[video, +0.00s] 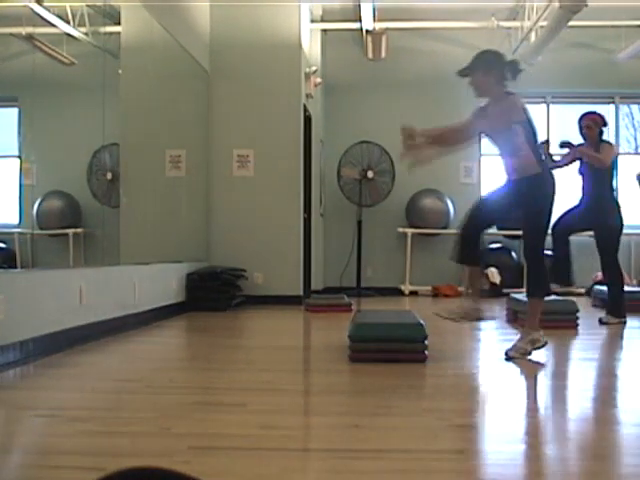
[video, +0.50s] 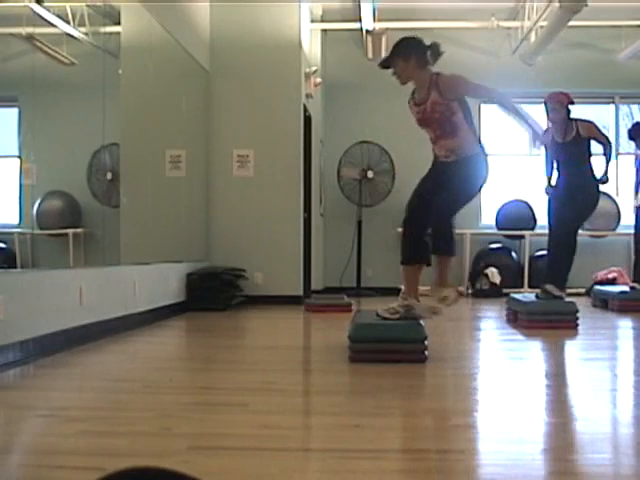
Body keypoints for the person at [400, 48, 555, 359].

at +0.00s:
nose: (471, 83)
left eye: (475, 76)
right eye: (470, 77)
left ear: (493, 75)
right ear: (487, 77)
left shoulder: (508, 106)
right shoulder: (487, 112)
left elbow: (466, 134)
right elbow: (460, 135)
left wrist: (428, 139)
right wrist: (424, 139)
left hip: (536, 186)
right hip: (516, 186)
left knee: (533, 254)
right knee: (472, 224)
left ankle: (533, 330)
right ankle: (474, 301)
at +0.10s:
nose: (454, 90)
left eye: (458, 84)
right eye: (454, 84)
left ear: (476, 82)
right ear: (474, 84)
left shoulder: (494, 110)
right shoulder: (482, 111)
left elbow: (450, 122)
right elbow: (447, 122)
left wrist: (404, 110)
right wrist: (420, 100)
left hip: (522, 193)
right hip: (499, 193)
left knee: (530, 264)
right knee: (445, 228)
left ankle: (533, 337)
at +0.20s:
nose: (438, 86)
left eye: (441, 79)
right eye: (437, 80)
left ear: (458, 77)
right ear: (457, 80)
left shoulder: (477, 105)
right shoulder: (461, 108)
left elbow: (442, 118)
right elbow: (428, 120)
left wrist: (402, 104)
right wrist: (399, 103)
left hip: (501, 187)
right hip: (476, 188)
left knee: (516, 257)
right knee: (427, 228)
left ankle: (530, 330)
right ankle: (411, 301)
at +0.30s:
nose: (421, 71)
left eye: (425, 64)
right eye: (420, 65)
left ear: (442, 62)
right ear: (433, 67)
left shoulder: (468, 87)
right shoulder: (436, 106)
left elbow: (449, 118)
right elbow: (410, 136)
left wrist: (422, 139)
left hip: (487, 170)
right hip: (458, 173)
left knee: (489, 244)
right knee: (424, 222)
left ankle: (507, 318)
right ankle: (410, 301)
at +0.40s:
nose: (406, 65)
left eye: (409, 58)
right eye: (404, 60)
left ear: (426, 54)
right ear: (420, 58)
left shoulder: (456, 78)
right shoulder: (422, 97)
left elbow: (479, 116)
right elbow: (420, 144)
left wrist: (470, 141)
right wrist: (402, 183)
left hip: (478, 159)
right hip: (449, 163)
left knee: (463, 222)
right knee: (424, 220)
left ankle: (472, 299)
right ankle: (411, 300)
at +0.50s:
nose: (393, 72)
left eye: (396, 65)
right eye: (392, 67)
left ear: (413, 61)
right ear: (410, 64)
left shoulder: (448, 84)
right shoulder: (414, 98)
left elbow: (497, 97)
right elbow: (440, 126)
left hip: (469, 164)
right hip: (441, 166)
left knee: (440, 213)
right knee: (413, 218)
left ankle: (443, 289)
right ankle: (409, 298)